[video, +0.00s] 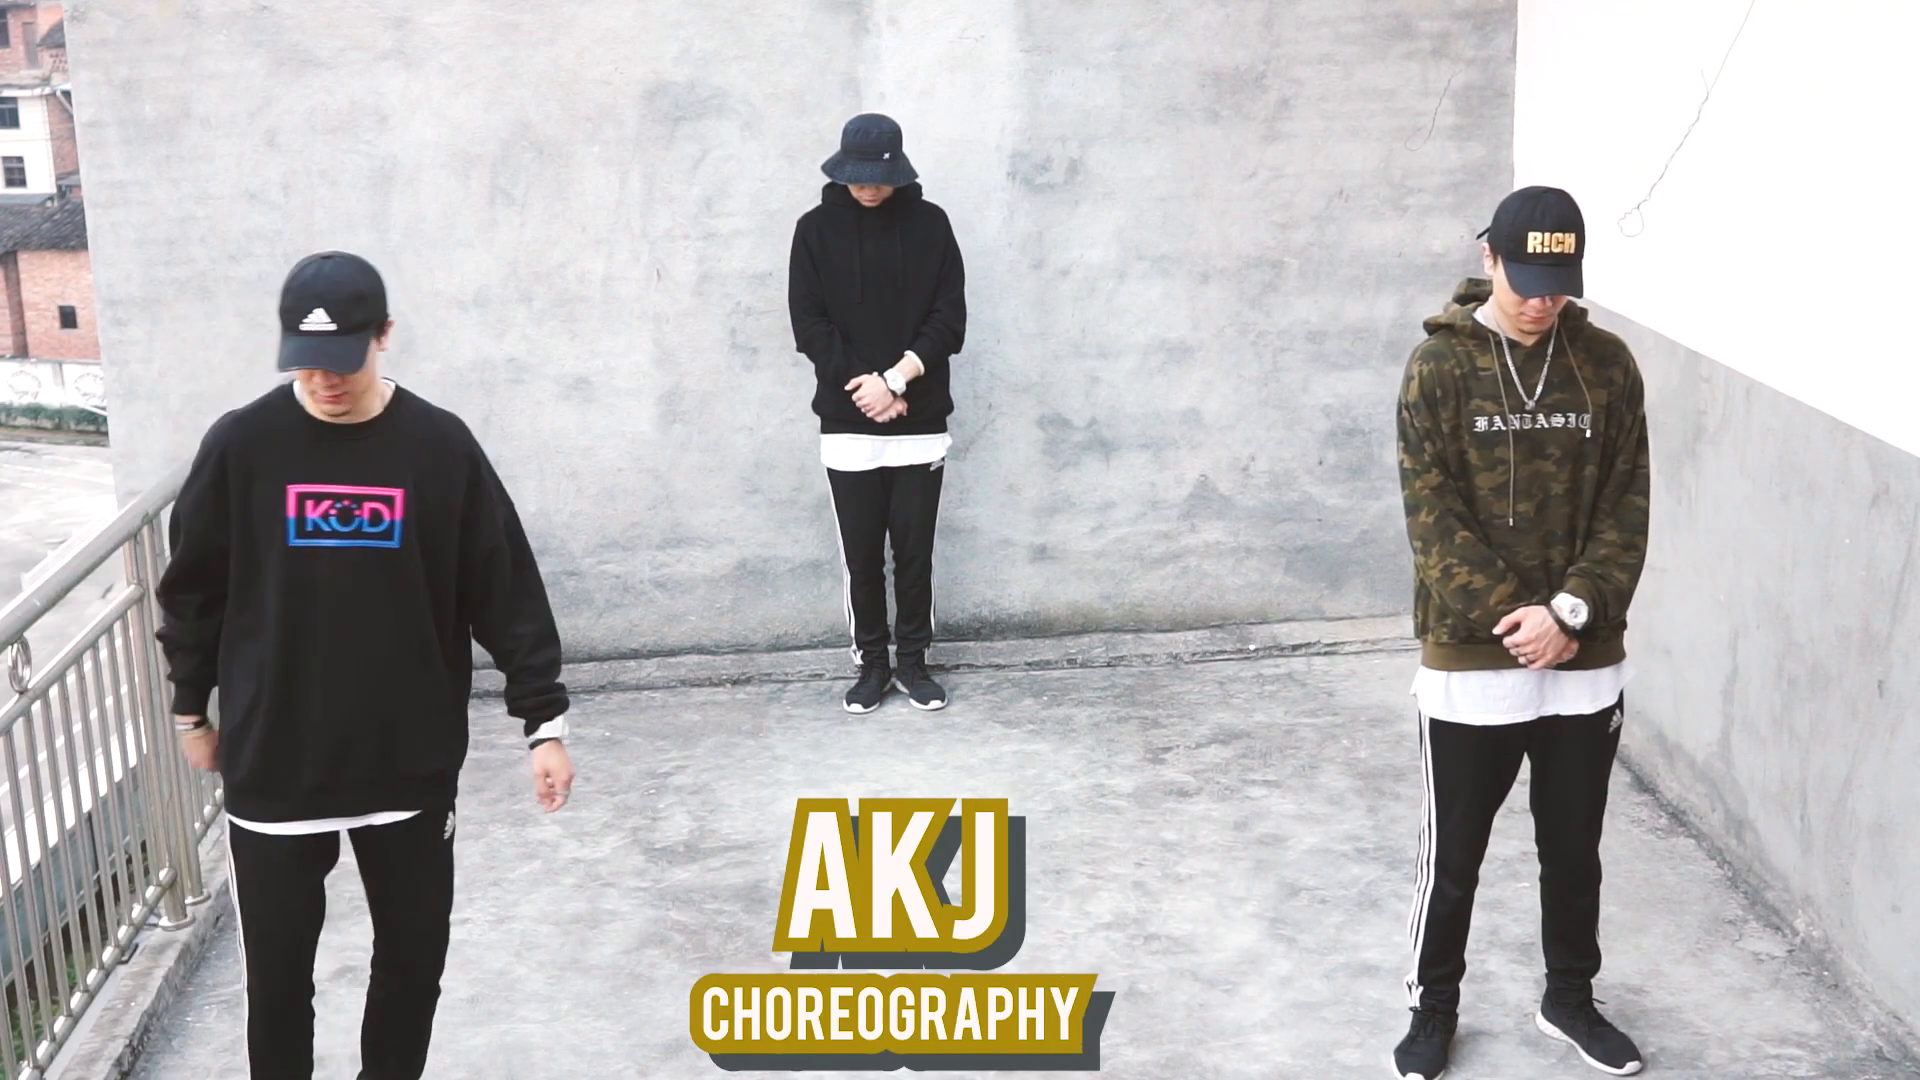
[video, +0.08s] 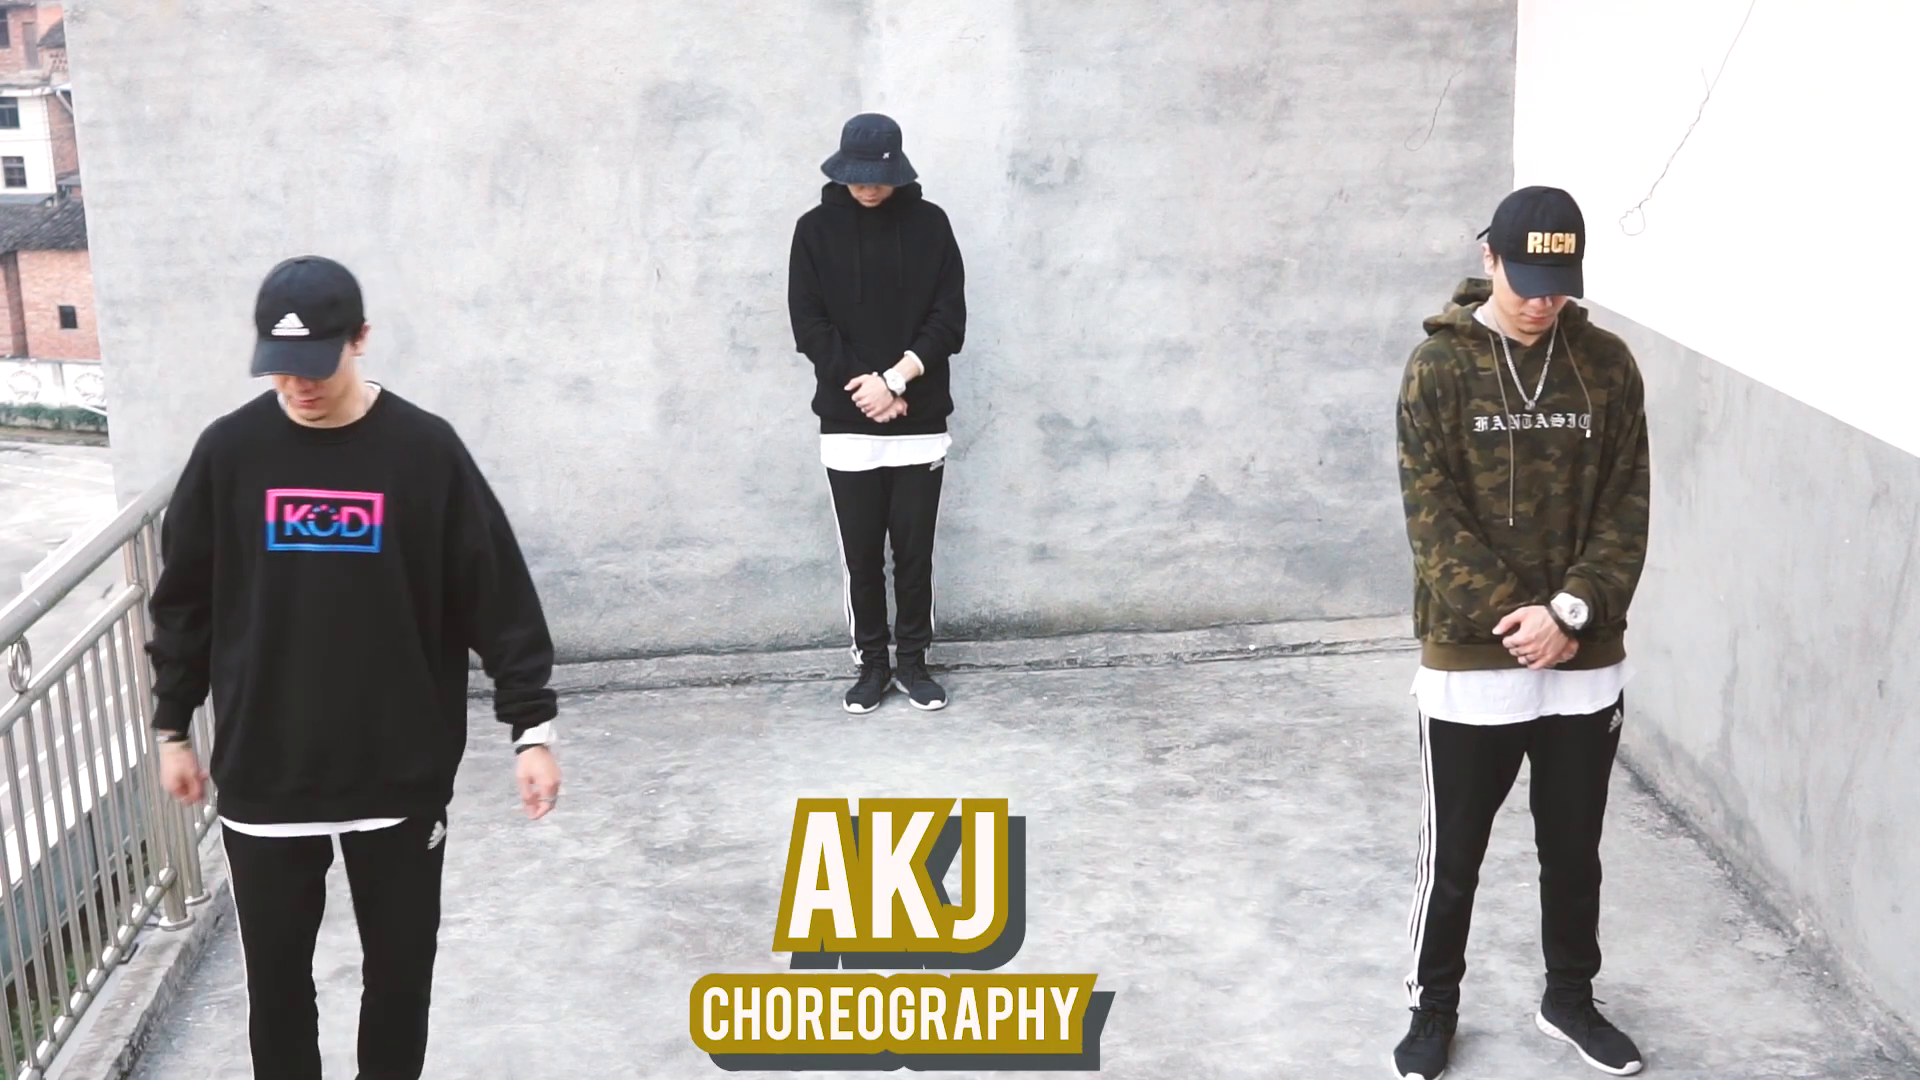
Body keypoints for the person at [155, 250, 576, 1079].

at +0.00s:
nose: (324, 377)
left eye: (343, 358)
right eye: (307, 360)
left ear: (384, 339)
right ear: (286, 347)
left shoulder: (443, 446)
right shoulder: (237, 447)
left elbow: (506, 589)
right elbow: (193, 583)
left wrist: (544, 726)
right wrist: (192, 710)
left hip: (407, 762)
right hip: (275, 763)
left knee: (413, 971)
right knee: (277, 981)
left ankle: (386, 1076)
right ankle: (280, 1077)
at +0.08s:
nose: (299, 386)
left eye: (317, 366)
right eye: (283, 367)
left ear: (360, 342)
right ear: (262, 350)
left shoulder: (428, 449)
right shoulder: (226, 452)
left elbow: (498, 592)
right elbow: (183, 598)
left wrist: (532, 730)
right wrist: (173, 729)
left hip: (399, 768)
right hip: (266, 769)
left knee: (400, 983)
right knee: (276, 986)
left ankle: (387, 1077)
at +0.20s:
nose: (258, 395)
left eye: (275, 375)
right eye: (243, 376)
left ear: (321, 345)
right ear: (223, 357)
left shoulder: (395, 450)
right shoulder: (198, 458)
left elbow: (466, 596)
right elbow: (164, 615)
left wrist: (486, 736)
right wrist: (155, 752)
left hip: (383, 772)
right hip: (251, 776)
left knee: (396, 998)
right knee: (273, 996)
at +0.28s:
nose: (235, 402)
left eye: (251, 381)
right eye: (219, 383)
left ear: (295, 349)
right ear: (199, 362)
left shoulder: (372, 450)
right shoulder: (176, 464)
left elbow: (438, 606)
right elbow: (148, 622)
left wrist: (432, 738)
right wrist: (163, 760)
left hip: (368, 769)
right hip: (242, 775)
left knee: (416, 957)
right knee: (268, 985)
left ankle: (397, 1074)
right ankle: (286, 1078)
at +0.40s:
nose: (216, 406)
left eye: (232, 384)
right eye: (199, 388)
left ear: (272, 347)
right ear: (176, 363)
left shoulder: (350, 446)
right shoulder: (158, 464)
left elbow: (396, 614)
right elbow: (141, 630)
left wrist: (350, 735)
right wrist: (199, 761)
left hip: (370, 769)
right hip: (239, 783)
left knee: (425, 961)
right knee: (265, 991)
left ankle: (428, 1073)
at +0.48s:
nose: (213, 401)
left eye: (229, 379)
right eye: (197, 383)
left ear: (270, 345)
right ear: (176, 361)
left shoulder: (349, 443)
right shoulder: (156, 464)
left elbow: (381, 615)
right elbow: (152, 637)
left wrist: (299, 726)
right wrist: (225, 754)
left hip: (365, 765)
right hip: (234, 786)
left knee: (426, 989)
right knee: (266, 1002)